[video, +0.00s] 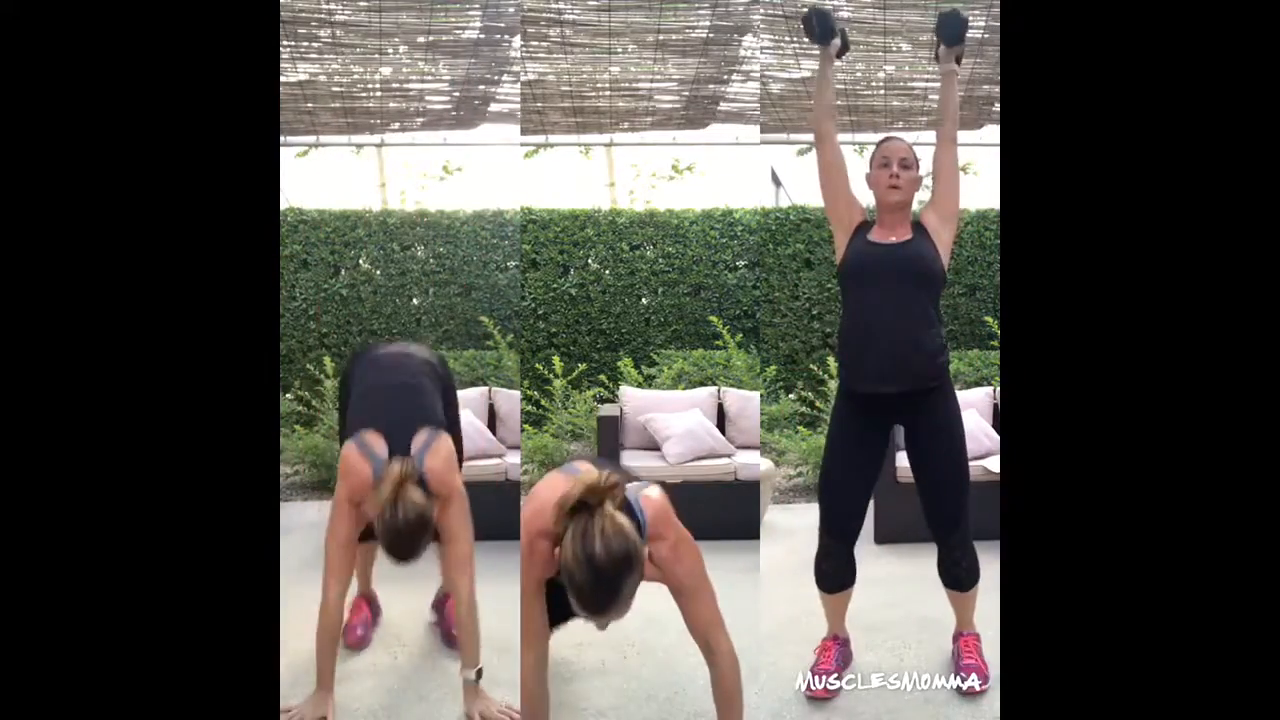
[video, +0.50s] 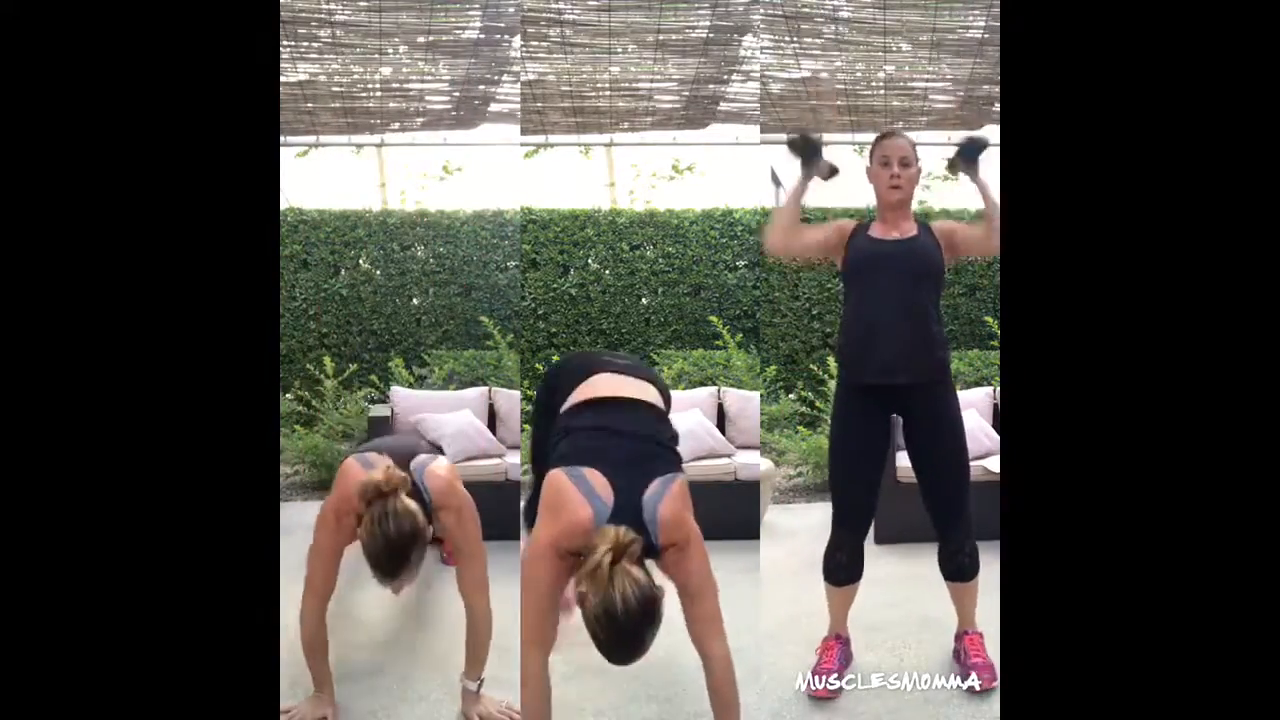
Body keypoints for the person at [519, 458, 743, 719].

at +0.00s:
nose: (601, 627)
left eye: (615, 617)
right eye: (591, 617)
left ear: (642, 561)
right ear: (559, 559)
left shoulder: (663, 524)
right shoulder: (537, 522)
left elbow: (720, 653)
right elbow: (533, 651)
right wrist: (531, 716)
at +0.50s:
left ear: (657, 591)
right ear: (582, 590)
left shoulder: (677, 529)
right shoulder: (553, 531)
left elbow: (714, 649)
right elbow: (534, 658)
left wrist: (729, 716)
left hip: (647, 382)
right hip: (571, 377)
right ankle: (561, 590)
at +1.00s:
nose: (647, 625)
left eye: (661, 608)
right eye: (630, 612)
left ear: (681, 551)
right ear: (599, 561)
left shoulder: (704, 523)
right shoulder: (569, 527)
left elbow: (730, 647)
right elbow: (544, 648)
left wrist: (734, 716)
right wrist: (541, 717)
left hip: (672, 475)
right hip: (598, 474)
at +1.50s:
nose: (646, 636)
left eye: (663, 621)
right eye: (630, 626)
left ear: (682, 563)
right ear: (599, 570)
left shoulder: (708, 530)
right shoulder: (568, 533)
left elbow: (736, 650)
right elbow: (541, 651)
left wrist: (738, 715)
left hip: (674, 477)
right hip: (598, 477)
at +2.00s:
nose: (633, 619)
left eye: (644, 610)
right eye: (622, 610)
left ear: (671, 549)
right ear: (590, 554)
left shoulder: (696, 521)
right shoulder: (566, 518)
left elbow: (725, 644)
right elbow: (539, 651)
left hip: (664, 470)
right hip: (591, 466)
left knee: (671, 624)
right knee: (569, 620)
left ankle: (640, 626)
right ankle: (605, 620)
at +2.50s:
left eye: (646, 637)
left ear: (667, 581)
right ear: (592, 582)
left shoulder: (688, 516)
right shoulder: (572, 521)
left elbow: (721, 644)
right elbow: (539, 649)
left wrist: (731, 715)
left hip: (664, 383)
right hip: (583, 385)